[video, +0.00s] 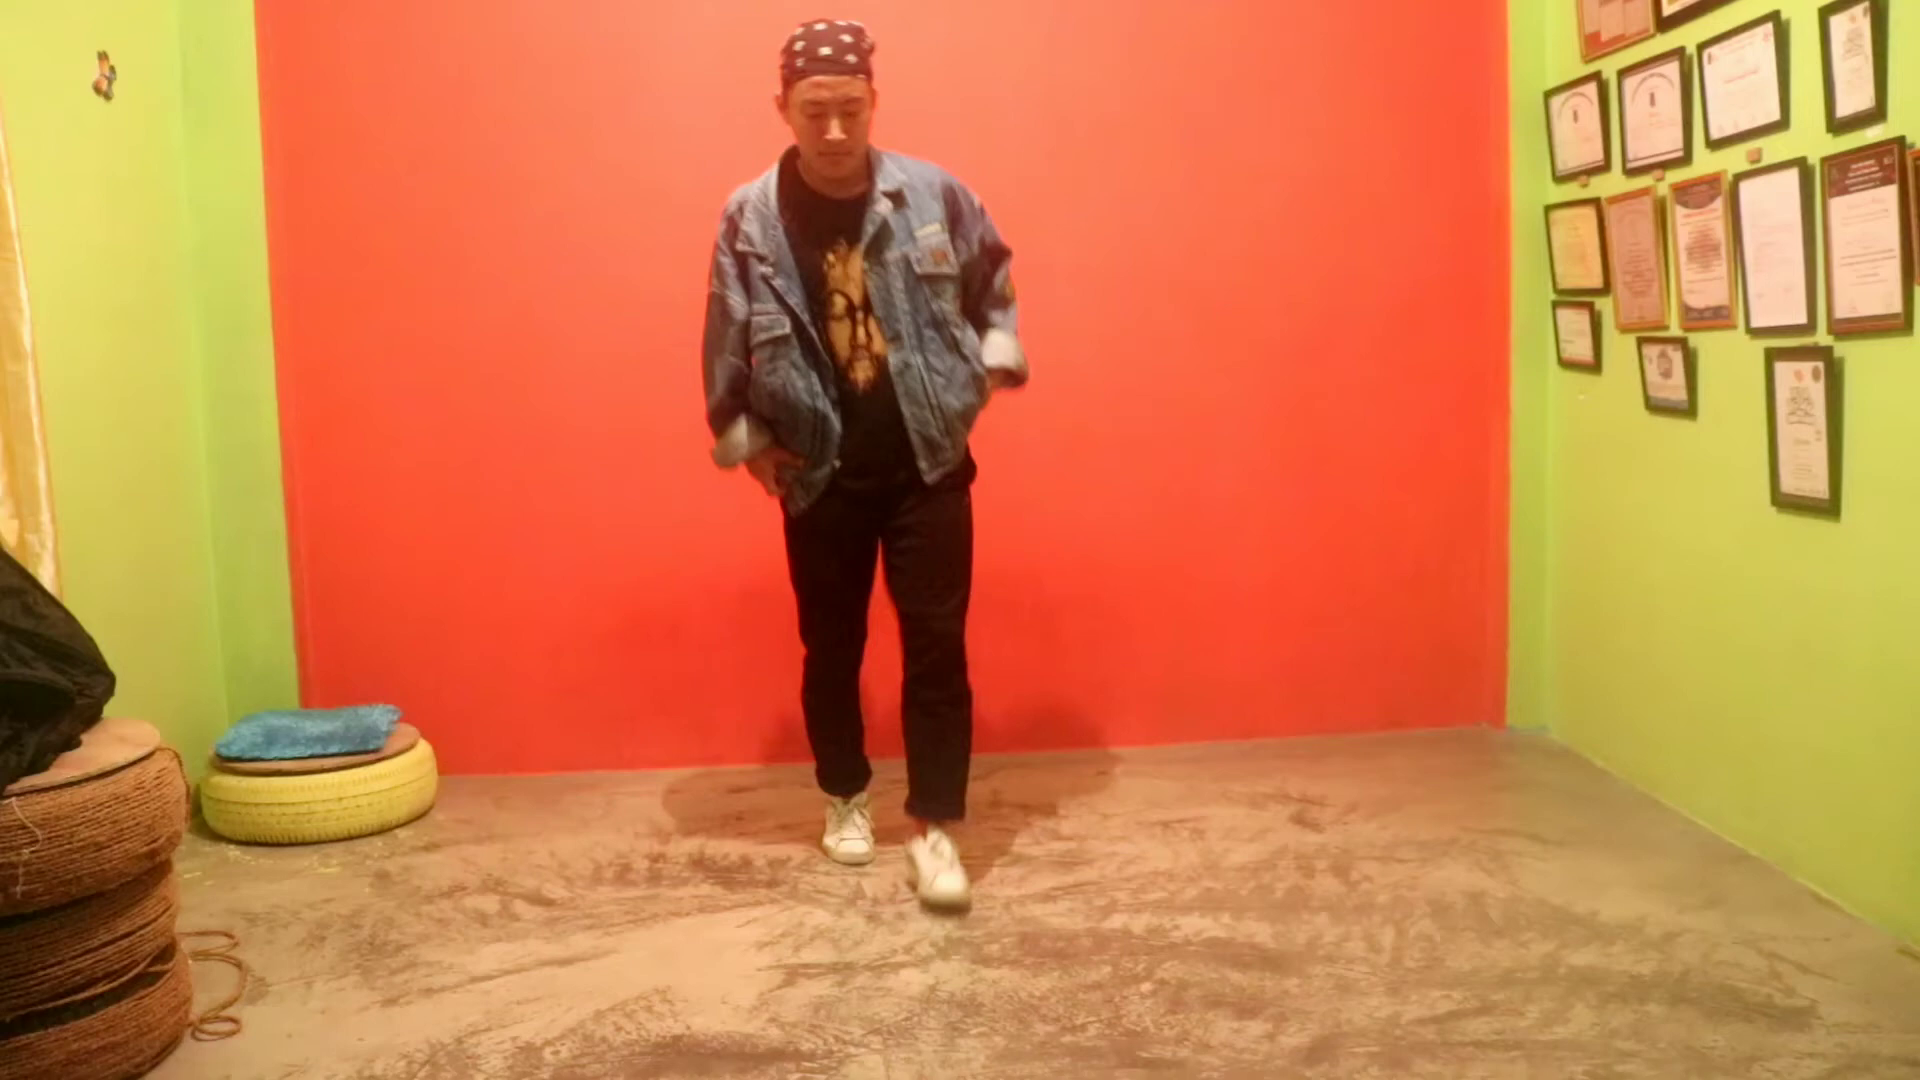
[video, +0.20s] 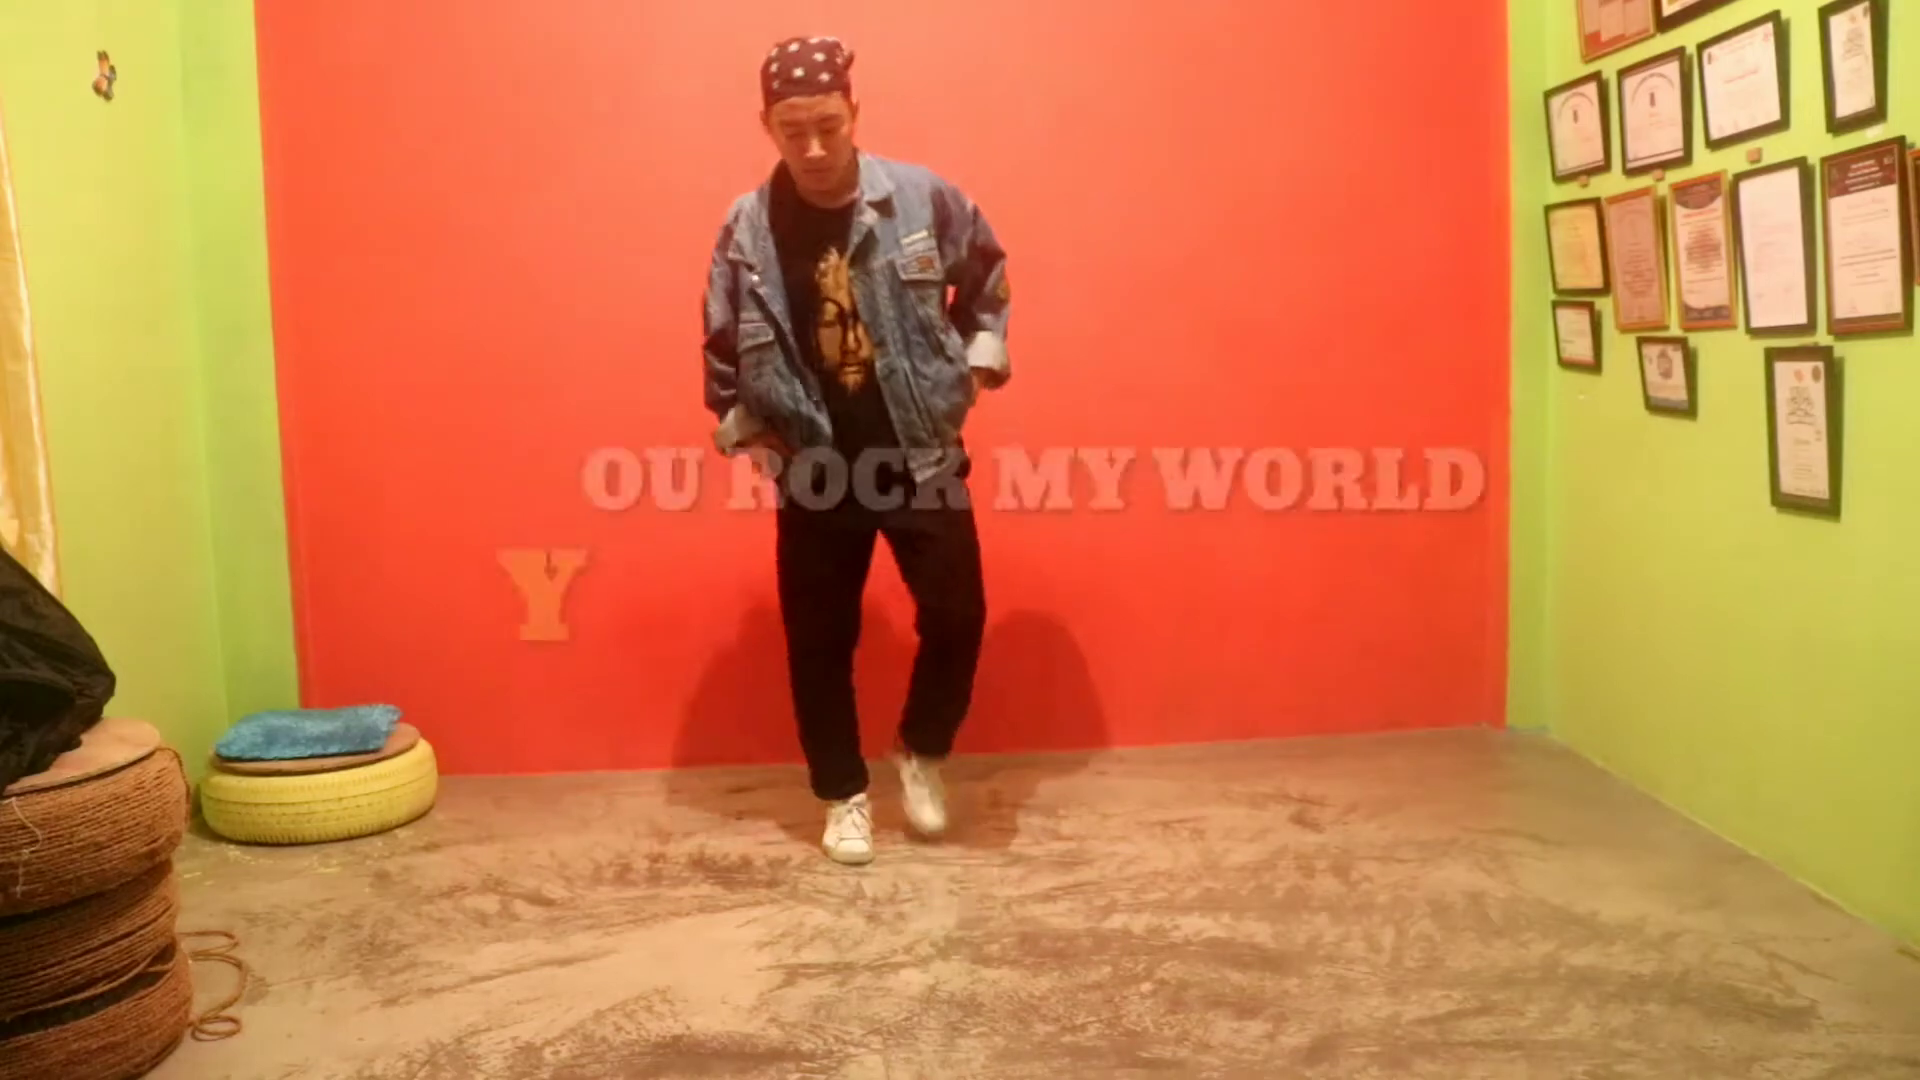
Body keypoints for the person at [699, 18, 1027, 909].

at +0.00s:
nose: (835, 133)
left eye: (850, 112)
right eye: (815, 114)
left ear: (875, 107)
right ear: (785, 113)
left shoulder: (935, 195)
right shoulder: (751, 217)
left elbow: (991, 287)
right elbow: (726, 346)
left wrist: (988, 368)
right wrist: (751, 446)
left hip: (929, 461)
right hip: (819, 471)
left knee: (938, 642)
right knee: (833, 642)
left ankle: (935, 825)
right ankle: (846, 798)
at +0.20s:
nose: (814, 149)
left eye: (829, 127)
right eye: (795, 132)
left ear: (855, 117)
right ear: (770, 129)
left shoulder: (923, 198)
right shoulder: (748, 229)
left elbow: (984, 271)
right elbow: (722, 350)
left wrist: (981, 356)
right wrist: (754, 434)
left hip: (921, 461)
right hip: (814, 469)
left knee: (958, 613)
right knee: (818, 635)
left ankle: (921, 752)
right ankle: (842, 795)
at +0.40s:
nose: (833, 162)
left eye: (849, 143)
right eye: (815, 145)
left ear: (874, 133)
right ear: (791, 140)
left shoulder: (931, 206)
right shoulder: (761, 228)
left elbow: (999, 267)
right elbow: (729, 329)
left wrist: (996, 347)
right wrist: (752, 400)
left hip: (915, 449)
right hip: (815, 454)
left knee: (932, 599)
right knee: (813, 623)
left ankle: (926, 737)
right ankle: (850, 793)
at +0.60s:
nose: (881, 173)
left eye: (894, 157)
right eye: (865, 157)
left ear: (916, 152)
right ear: (839, 152)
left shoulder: (960, 228)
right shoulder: (794, 234)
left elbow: (1006, 297)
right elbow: (751, 335)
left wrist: (997, 365)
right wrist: (782, 404)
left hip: (926, 449)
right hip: (834, 451)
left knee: (922, 602)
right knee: (829, 616)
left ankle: (917, 747)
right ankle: (850, 787)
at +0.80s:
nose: (908, 181)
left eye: (923, 164)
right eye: (893, 162)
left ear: (941, 156)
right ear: (864, 148)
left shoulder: (963, 235)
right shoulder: (809, 231)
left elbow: (997, 318)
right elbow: (761, 339)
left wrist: (992, 386)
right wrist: (795, 417)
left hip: (935, 451)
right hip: (846, 452)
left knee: (929, 607)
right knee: (848, 608)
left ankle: (916, 748)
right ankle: (845, 756)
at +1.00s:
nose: (894, 179)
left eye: (908, 162)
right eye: (878, 162)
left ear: (925, 156)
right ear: (850, 153)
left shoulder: (956, 229)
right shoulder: (802, 229)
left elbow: (992, 311)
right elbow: (755, 333)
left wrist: (987, 376)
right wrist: (790, 405)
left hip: (931, 443)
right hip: (840, 444)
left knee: (928, 600)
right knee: (841, 600)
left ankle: (915, 748)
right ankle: (845, 751)